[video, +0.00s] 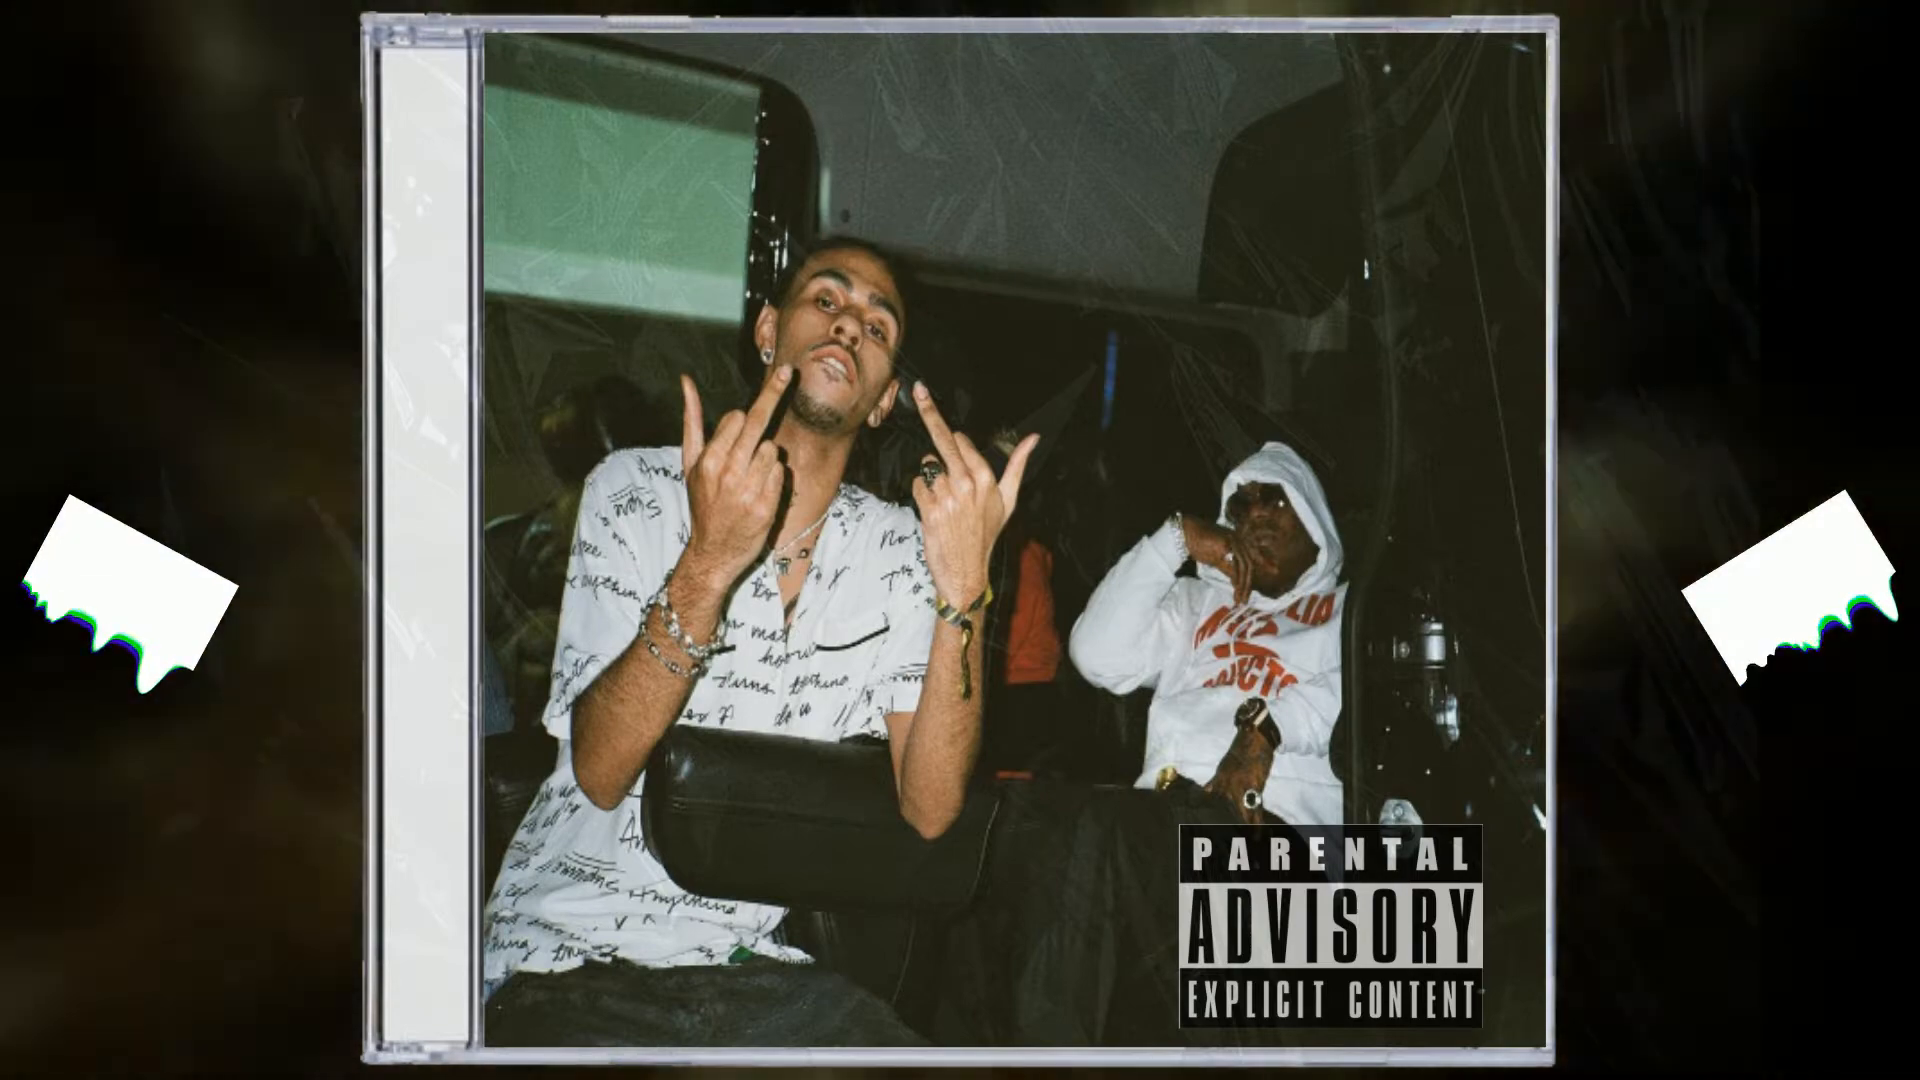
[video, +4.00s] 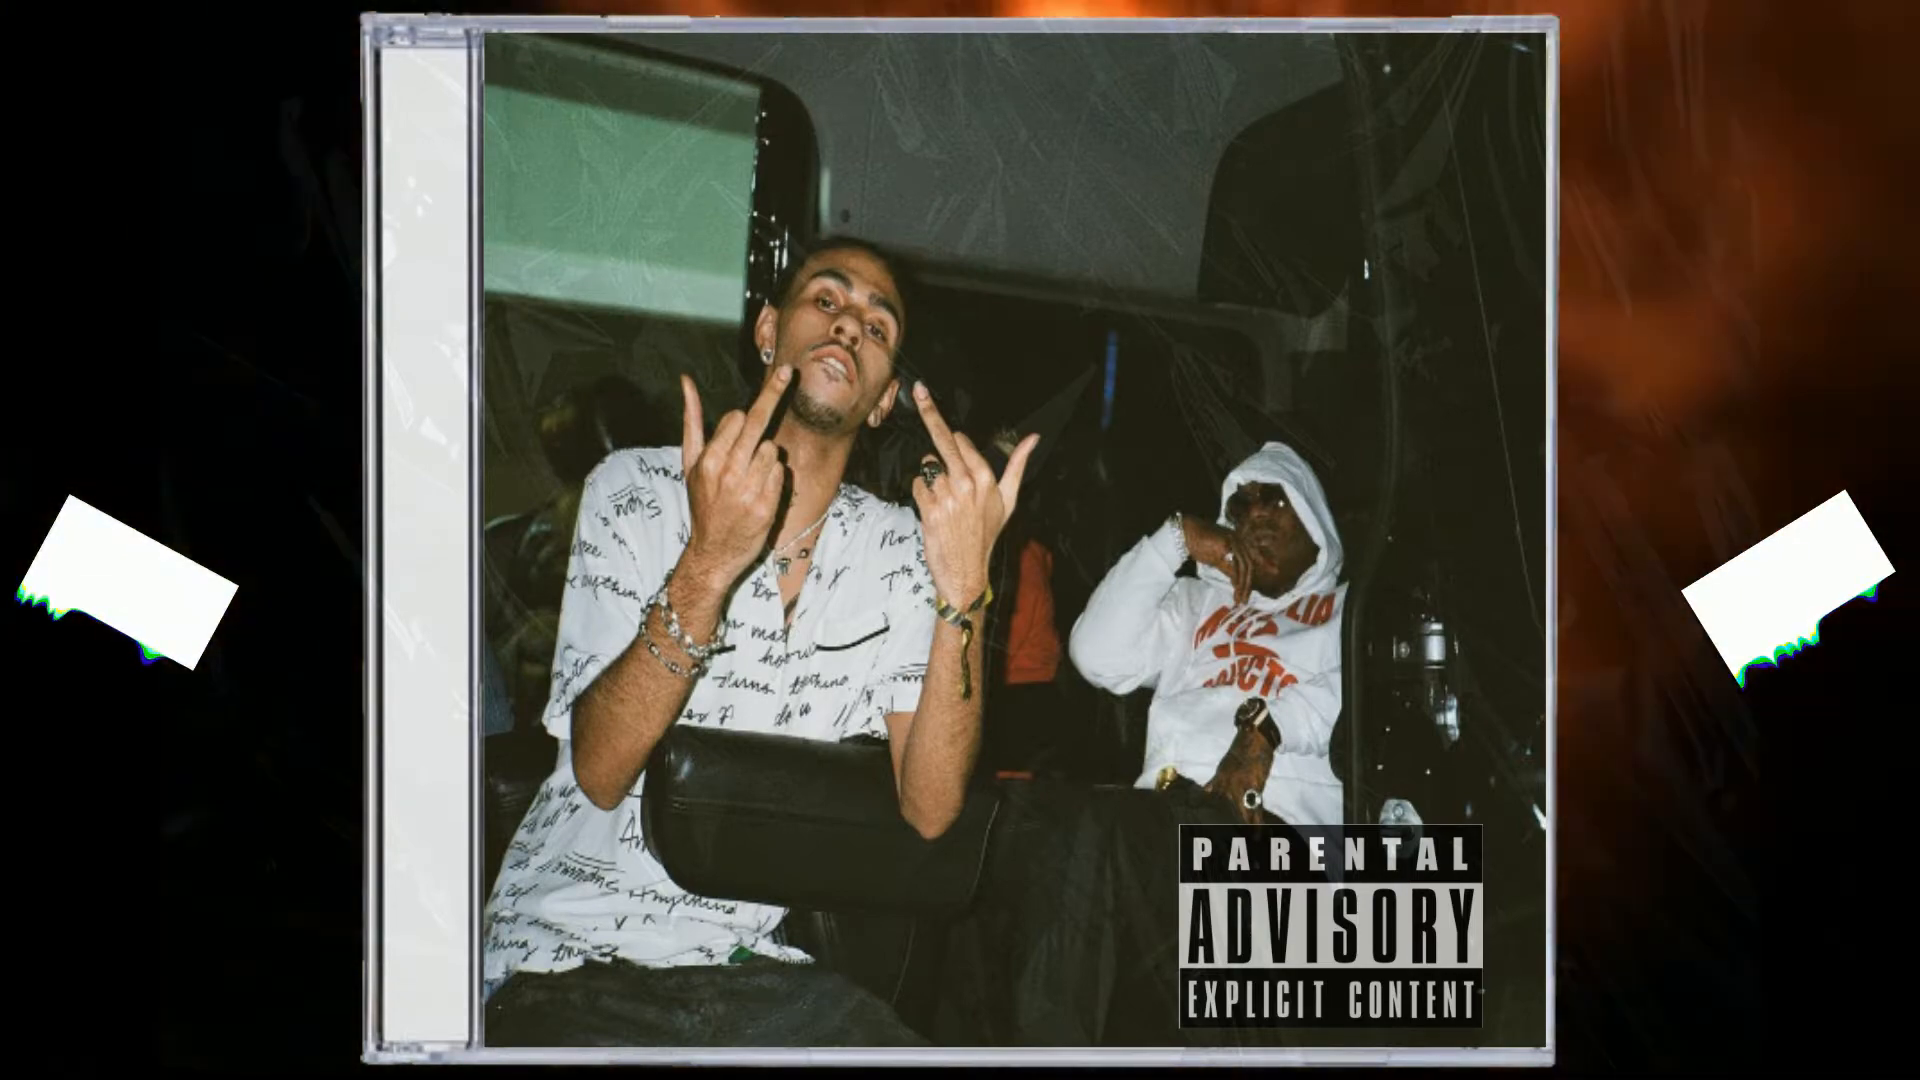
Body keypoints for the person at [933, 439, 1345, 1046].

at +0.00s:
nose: (1258, 518)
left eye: (1278, 501)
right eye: (1245, 503)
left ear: (1318, 521)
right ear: (1227, 523)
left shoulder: (1351, 607)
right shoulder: (1198, 601)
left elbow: (1342, 703)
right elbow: (1099, 657)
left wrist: (1268, 726)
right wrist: (1177, 539)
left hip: (1282, 817)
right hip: (1166, 806)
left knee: (1101, 824)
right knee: (1025, 809)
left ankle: (1052, 1053)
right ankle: (969, 1046)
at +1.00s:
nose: (1258, 517)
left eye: (1279, 501)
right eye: (1245, 502)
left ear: (1318, 522)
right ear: (1227, 523)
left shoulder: (1351, 607)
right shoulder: (1197, 601)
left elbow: (1351, 701)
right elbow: (1099, 657)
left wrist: (1269, 725)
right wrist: (1177, 539)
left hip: (1284, 815)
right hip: (1166, 806)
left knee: (1101, 824)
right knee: (1025, 810)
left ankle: (1052, 1051)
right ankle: (968, 1046)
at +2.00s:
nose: (1259, 517)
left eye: (1279, 501)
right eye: (1245, 502)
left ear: (1318, 521)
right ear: (1227, 523)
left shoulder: (1351, 606)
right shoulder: (1197, 601)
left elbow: (1356, 700)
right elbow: (1099, 658)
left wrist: (1269, 726)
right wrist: (1177, 539)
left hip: (1284, 817)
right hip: (1165, 807)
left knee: (1099, 825)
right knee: (1024, 810)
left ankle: (1052, 1053)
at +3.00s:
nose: (1259, 517)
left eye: (1280, 501)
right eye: (1246, 502)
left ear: (1319, 522)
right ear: (1227, 523)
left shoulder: (1351, 605)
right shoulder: (1197, 601)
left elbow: (1354, 702)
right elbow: (1099, 658)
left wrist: (1269, 725)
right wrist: (1176, 539)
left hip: (1286, 816)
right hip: (1166, 807)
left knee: (1102, 825)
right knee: (1027, 811)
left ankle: (1052, 1051)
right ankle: (972, 1047)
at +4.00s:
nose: (1259, 517)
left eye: (1280, 501)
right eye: (1246, 502)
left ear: (1319, 521)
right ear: (1227, 523)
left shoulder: (1352, 606)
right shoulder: (1197, 601)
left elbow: (1355, 702)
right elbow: (1099, 658)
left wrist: (1269, 725)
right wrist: (1176, 539)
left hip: (1287, 817)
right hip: (1166, 808)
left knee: (1096, 826)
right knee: (1025, 812)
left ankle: (1051, 1052)